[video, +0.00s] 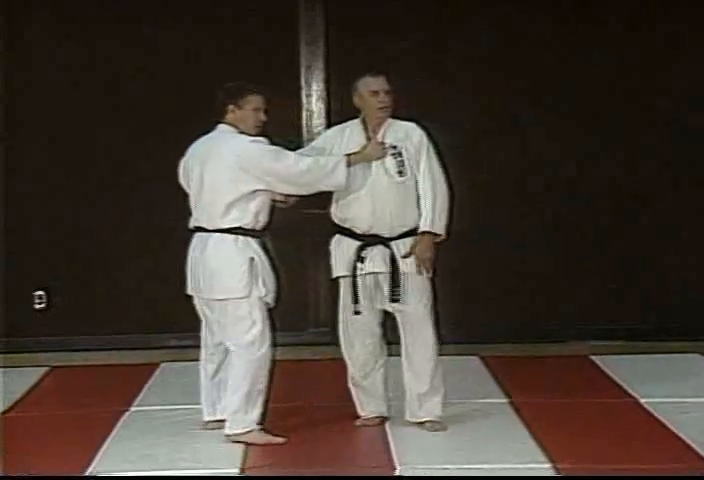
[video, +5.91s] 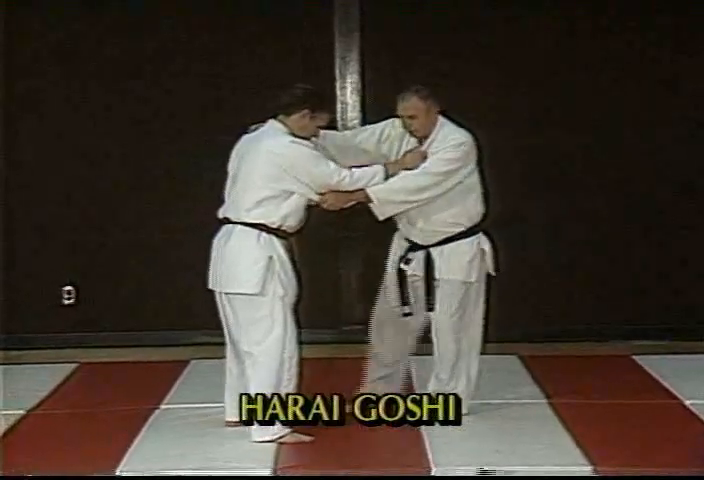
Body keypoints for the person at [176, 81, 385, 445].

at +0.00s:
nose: (262, 118)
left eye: (263, 111)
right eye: (256, 111)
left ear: (231, 114)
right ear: (233, 111)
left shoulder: (198, 148)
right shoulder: (248, 150)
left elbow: (189, 182)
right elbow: (299, 169)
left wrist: (266, 193)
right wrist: (359, 157)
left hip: (201, 251)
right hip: (235, 254)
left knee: (215, 339)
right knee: (251, 342)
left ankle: (214, 411)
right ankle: (242, 424)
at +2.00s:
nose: (259, 122)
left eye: (260, 115)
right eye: (257, 114)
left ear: (225, 112)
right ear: (239, 112)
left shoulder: (194, 143)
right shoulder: (238, 148)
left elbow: (177, 176)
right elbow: (292, 168)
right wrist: (355, 160)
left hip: (195, 248)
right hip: (229, 253)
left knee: (205, 343)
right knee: (237, 346)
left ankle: (206, 415)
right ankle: (237, 430)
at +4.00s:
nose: (269, 121)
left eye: (270, 114)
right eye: (266, 114)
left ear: (231, 113)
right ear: (248, 111)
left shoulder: (202, 147)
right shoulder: (252, 151)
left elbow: (190, 174)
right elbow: (304, 170)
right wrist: (366, 159)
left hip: (205, 247)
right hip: (239, 252)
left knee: (213, 341)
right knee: (247, 344)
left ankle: (211, 413)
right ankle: (240, 428)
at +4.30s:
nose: (277, 124)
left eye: (278, 117)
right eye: (275, 116)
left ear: (240, 113)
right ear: (259, 113)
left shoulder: (207, 144)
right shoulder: (255, 151)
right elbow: (311, 169)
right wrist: (365, 155)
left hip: (202, 248)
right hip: (236, 252)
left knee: (213, 341)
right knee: (247, 342)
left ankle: (212, 412)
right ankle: (242, 429)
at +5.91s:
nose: (319, 132)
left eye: (322, 126)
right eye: (317, 124)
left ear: (291, 114)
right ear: (302, 115)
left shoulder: (251, 139)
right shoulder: (288, 150)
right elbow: (339, 181)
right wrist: (395, 167)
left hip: (228, 245)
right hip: (257, 252)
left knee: (241, 338)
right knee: (271, 341)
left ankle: (238, 411)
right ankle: (269, 425)